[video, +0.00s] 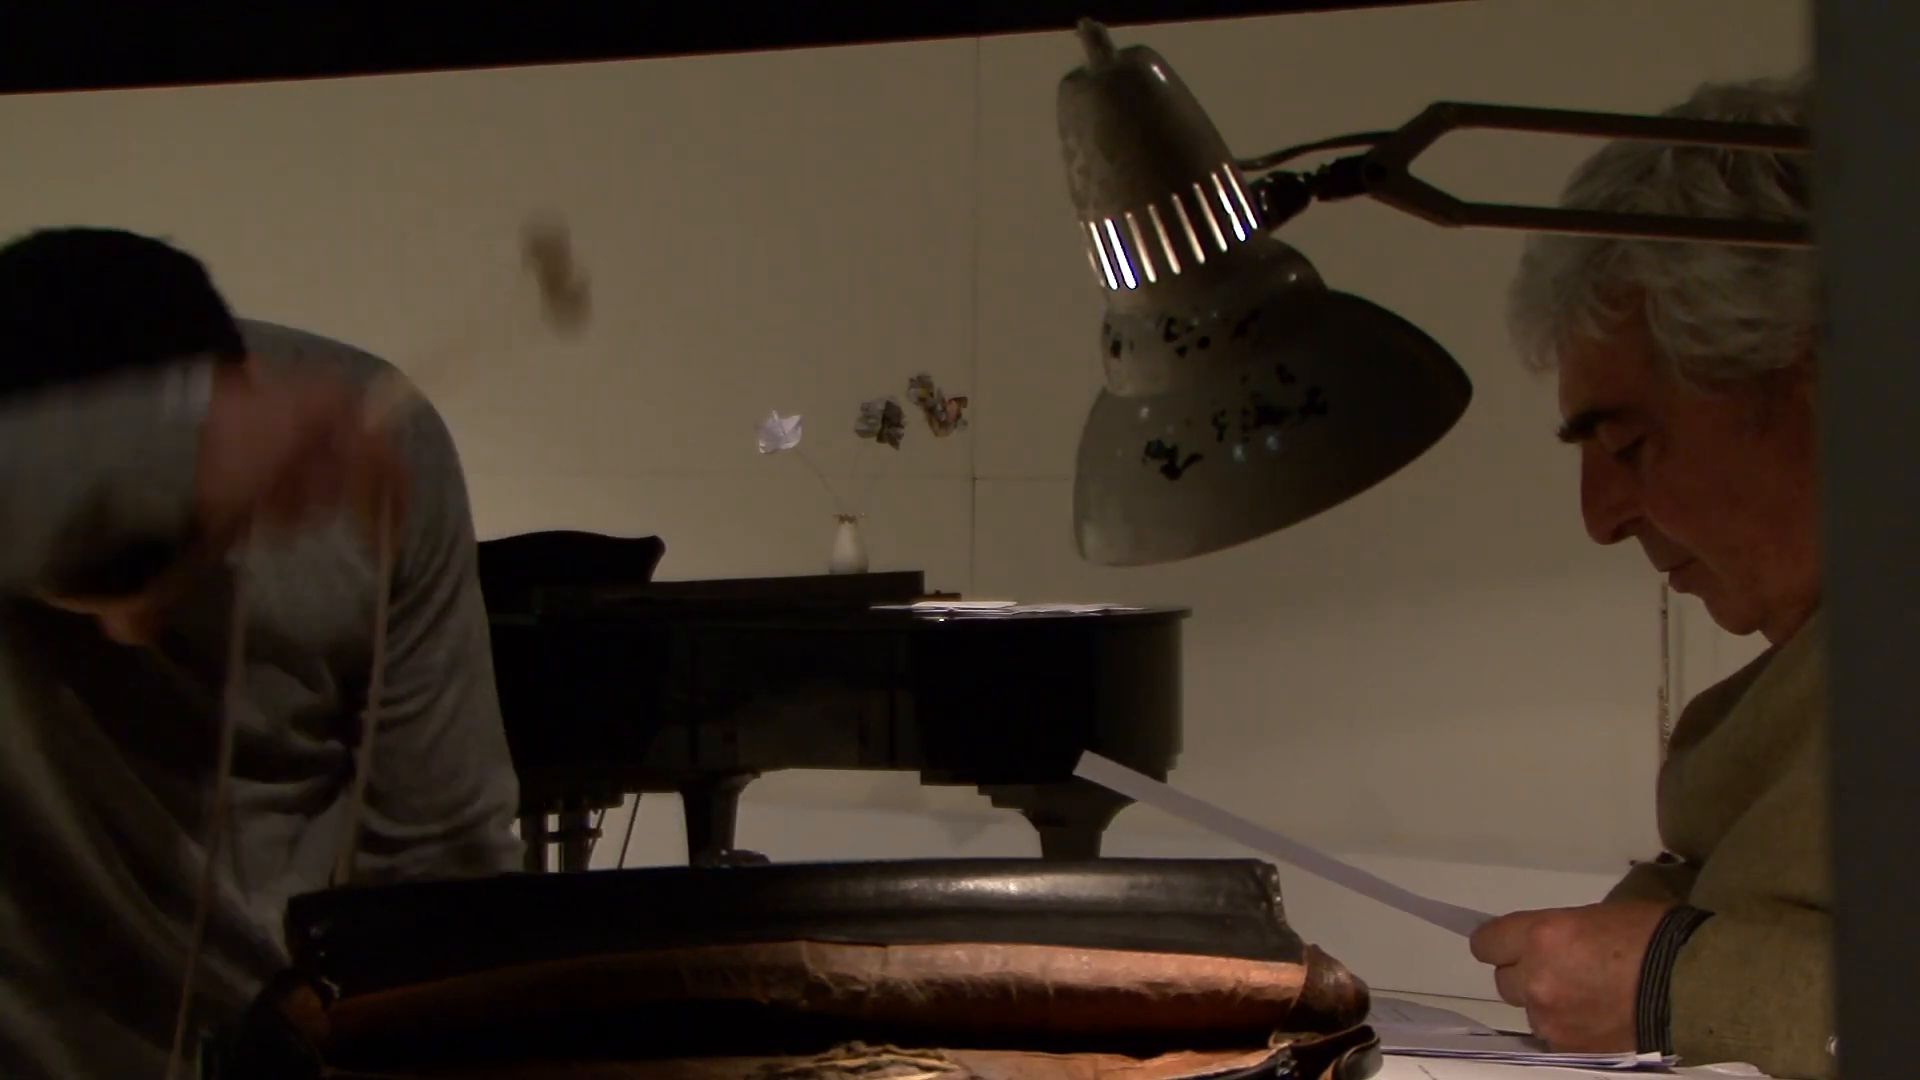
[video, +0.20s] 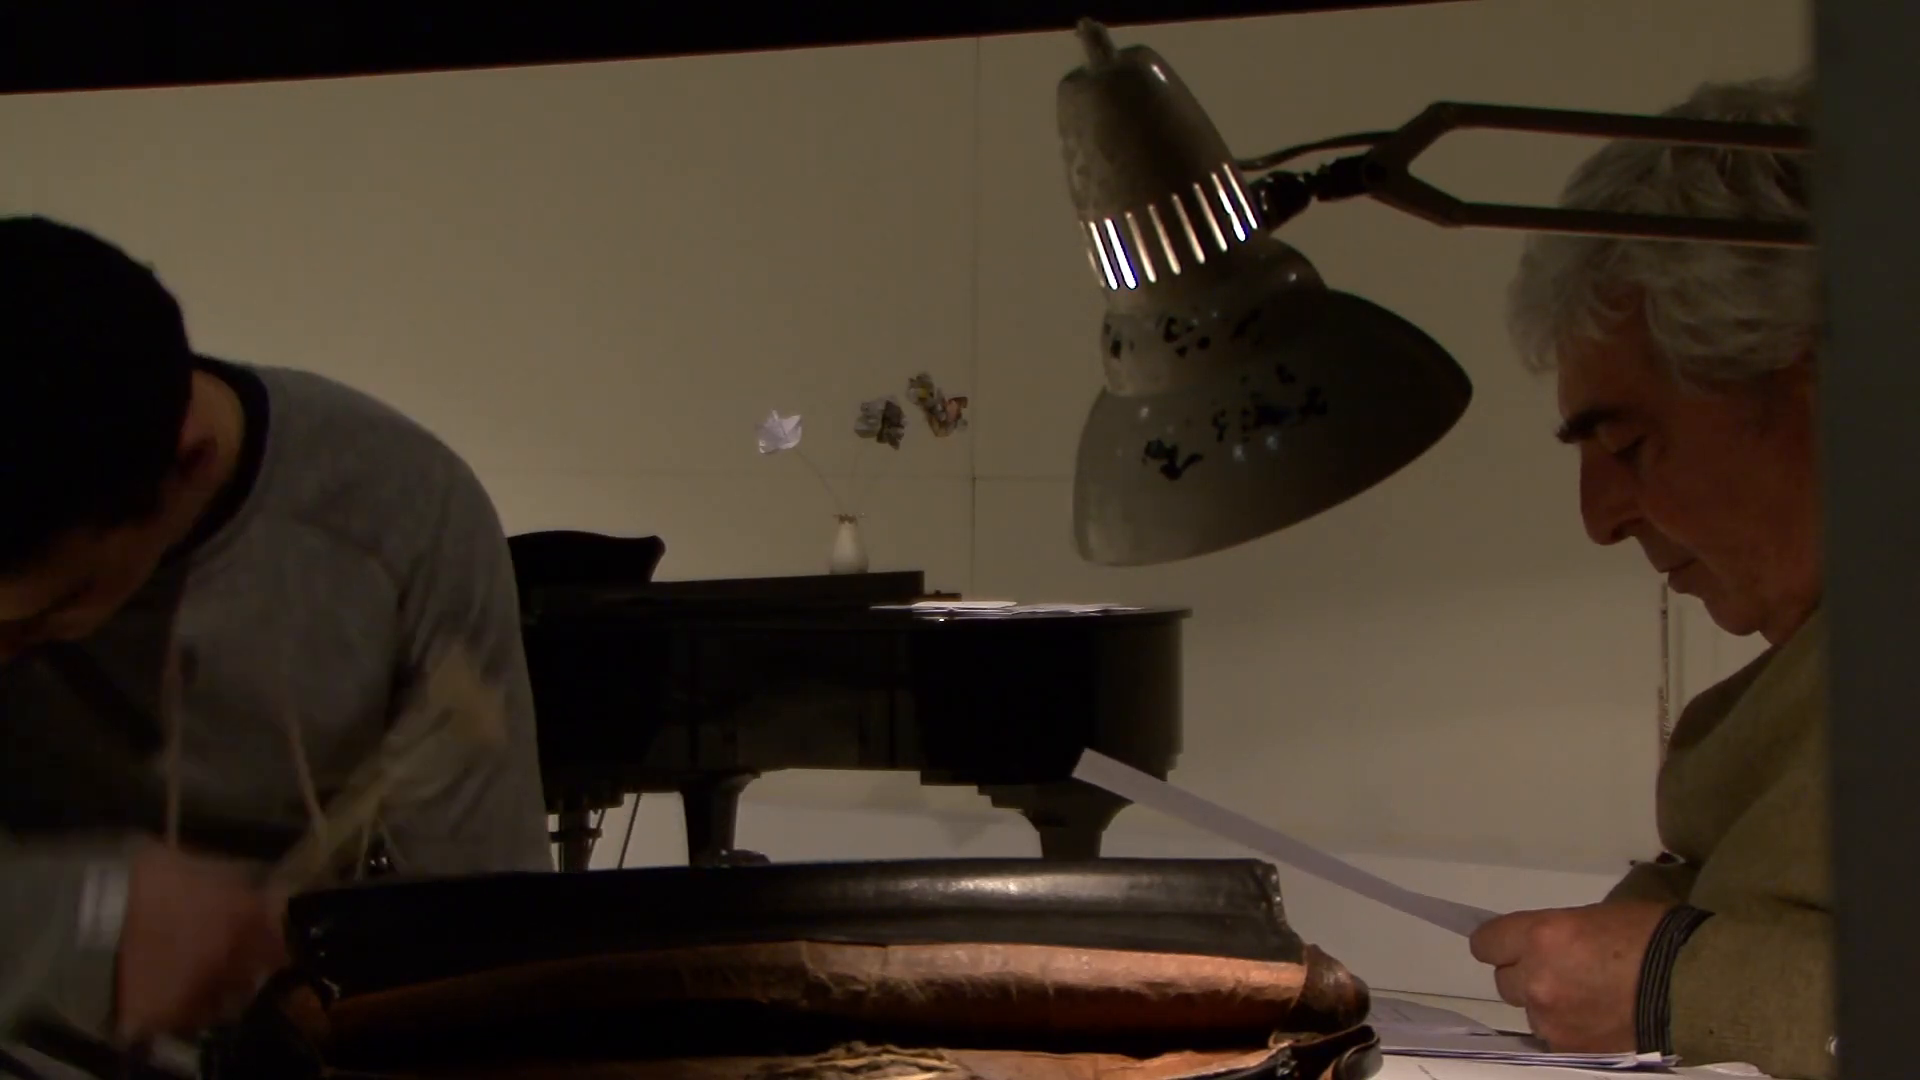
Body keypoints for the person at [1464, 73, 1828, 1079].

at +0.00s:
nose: (1603, 517)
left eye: (1627, 438)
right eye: (1591, 451)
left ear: (1806, 379)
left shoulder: (1872, 656)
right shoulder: (1797, 668)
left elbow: (1889, 1007)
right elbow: (1741, 872)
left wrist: (1673, 983)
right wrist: (1649, 934)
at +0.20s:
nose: (1602, 518)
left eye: (1625, 439)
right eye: (1589, 451)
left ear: (1809, 381)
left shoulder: (1872, 657)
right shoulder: (1795, 670)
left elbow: (1892, 1006)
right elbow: (1737, 873)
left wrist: (1673, 984)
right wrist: (1646, 942)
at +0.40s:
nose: (1602, 519)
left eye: (1622, 439)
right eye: (1590, 451)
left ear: (1805, 379)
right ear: (1800, 378)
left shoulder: (1874, 656)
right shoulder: (1795, 671)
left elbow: (1896, 1004)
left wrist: (1674, 984)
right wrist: (1645, 949)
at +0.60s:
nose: (1601, 520)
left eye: (1623, 439)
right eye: (1589, 453)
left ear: (1809, 379)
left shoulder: (1874, 656)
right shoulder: (1792, 674)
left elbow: (1896, 1004)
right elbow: (1733, 874)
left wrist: (1673, 985)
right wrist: (1642, 948)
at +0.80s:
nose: (1600, 519)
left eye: (1624, 441)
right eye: (1589, 454)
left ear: (1808, 379)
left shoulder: (1874, 656)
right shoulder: (1799, 667)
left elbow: (1892, 1005)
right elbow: (1733, 873)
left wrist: (1674, 986)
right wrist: (1643, 945)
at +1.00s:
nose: (1601, 520)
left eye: (1623, 440)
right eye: (1589, 455)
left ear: (1806, 379)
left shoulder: (1873, 653)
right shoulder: (1796, 666)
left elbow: (1894, 1005)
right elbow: (1727, 869)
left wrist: (1674, 985)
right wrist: (1641, 946)